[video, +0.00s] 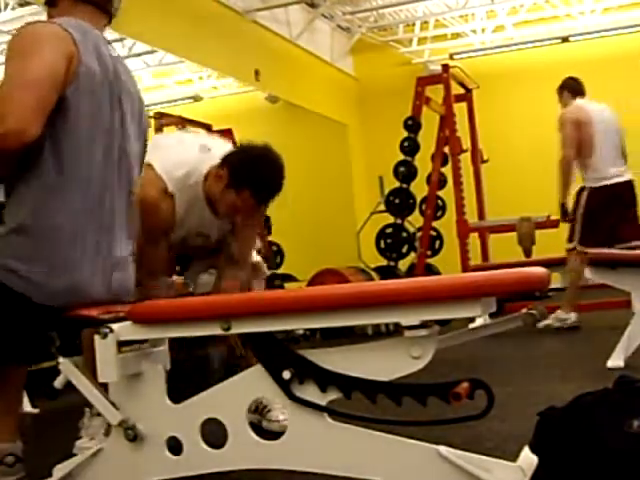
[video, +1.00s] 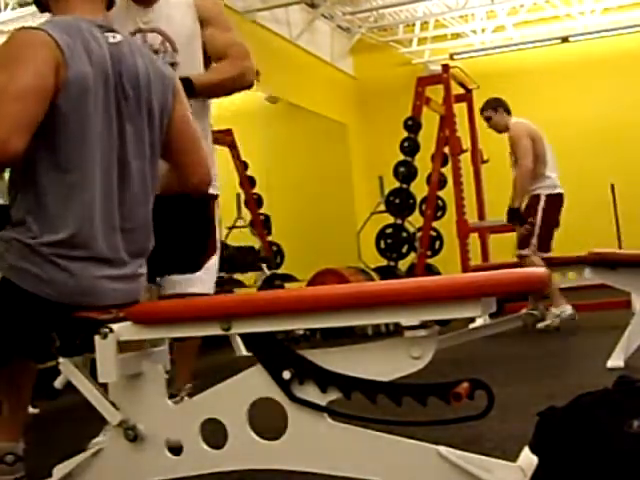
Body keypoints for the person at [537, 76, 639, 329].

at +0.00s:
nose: (560, 104)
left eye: (560, 99)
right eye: (560, 99)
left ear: (566, 95)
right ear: (582, 93)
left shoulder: (570, 114)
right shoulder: (606, 110)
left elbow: (568, 156)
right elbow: (622, 150)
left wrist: (563, 199)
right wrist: (617, 176)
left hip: (596, 191)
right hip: (624, 186)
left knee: (577, 252)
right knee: (631, 250)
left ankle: (568, 310)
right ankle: (636, 302)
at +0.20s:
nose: (527, 107)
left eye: (526, 103)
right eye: (526, 103)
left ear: (530, 99)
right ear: (549, 93)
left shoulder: (537, 118)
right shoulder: (578, 107)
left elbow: (533, 165)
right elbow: (599, 142)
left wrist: (527, 208)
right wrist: (597, 169)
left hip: (577, 183)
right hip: (604, 178)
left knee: (570, 251)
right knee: (603, 246)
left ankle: (567, 310)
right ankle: (630, 296)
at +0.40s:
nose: (511, 110)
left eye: (510, 106)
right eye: (510, 106)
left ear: (516, 101)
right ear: (530, 96)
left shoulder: (521, 122)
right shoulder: (559, 107)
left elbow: (520, 167)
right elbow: (573, 141)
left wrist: (519, 206)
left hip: (565, 182)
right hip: (589, 175)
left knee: (564, 249)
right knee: (571, 222)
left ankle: (567, 310)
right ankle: (614, 225)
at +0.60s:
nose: (498, 114)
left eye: (497, 109)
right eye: (496, 109)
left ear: (504, 103)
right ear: (515, 99)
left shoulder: (516, 122)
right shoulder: (541, 110)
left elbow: (520, 166)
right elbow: (559, 146)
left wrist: (523, 204)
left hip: (558, 181)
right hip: (573, 176)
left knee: (557, 249)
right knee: (552, 228)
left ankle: (566, 310)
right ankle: (607, 237)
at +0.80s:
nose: (490, 119)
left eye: (489, 112)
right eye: (487, 114)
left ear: (499, 105)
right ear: (502, 104)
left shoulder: (516, 121)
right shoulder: (528, 117)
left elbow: (524, 165)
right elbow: (540, 163)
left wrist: (521, 203)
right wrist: (528, 200)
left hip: (550, 185)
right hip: (556, 183)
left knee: (549, 252)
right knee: (548, 251)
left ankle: (565, 309)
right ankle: (554, 306)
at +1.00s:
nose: (489, 126)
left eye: (488, 119)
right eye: (486, 121)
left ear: (500, 112)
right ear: (499, 114)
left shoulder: (518, 128)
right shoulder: (516, 131)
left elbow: (526, 167)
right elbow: (522, 171)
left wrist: (516, 204)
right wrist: (516, 203)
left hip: (545, 193)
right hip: (538, 194)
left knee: (529, 254)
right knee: (525, 254)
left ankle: (559, 304)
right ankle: (536, 306)